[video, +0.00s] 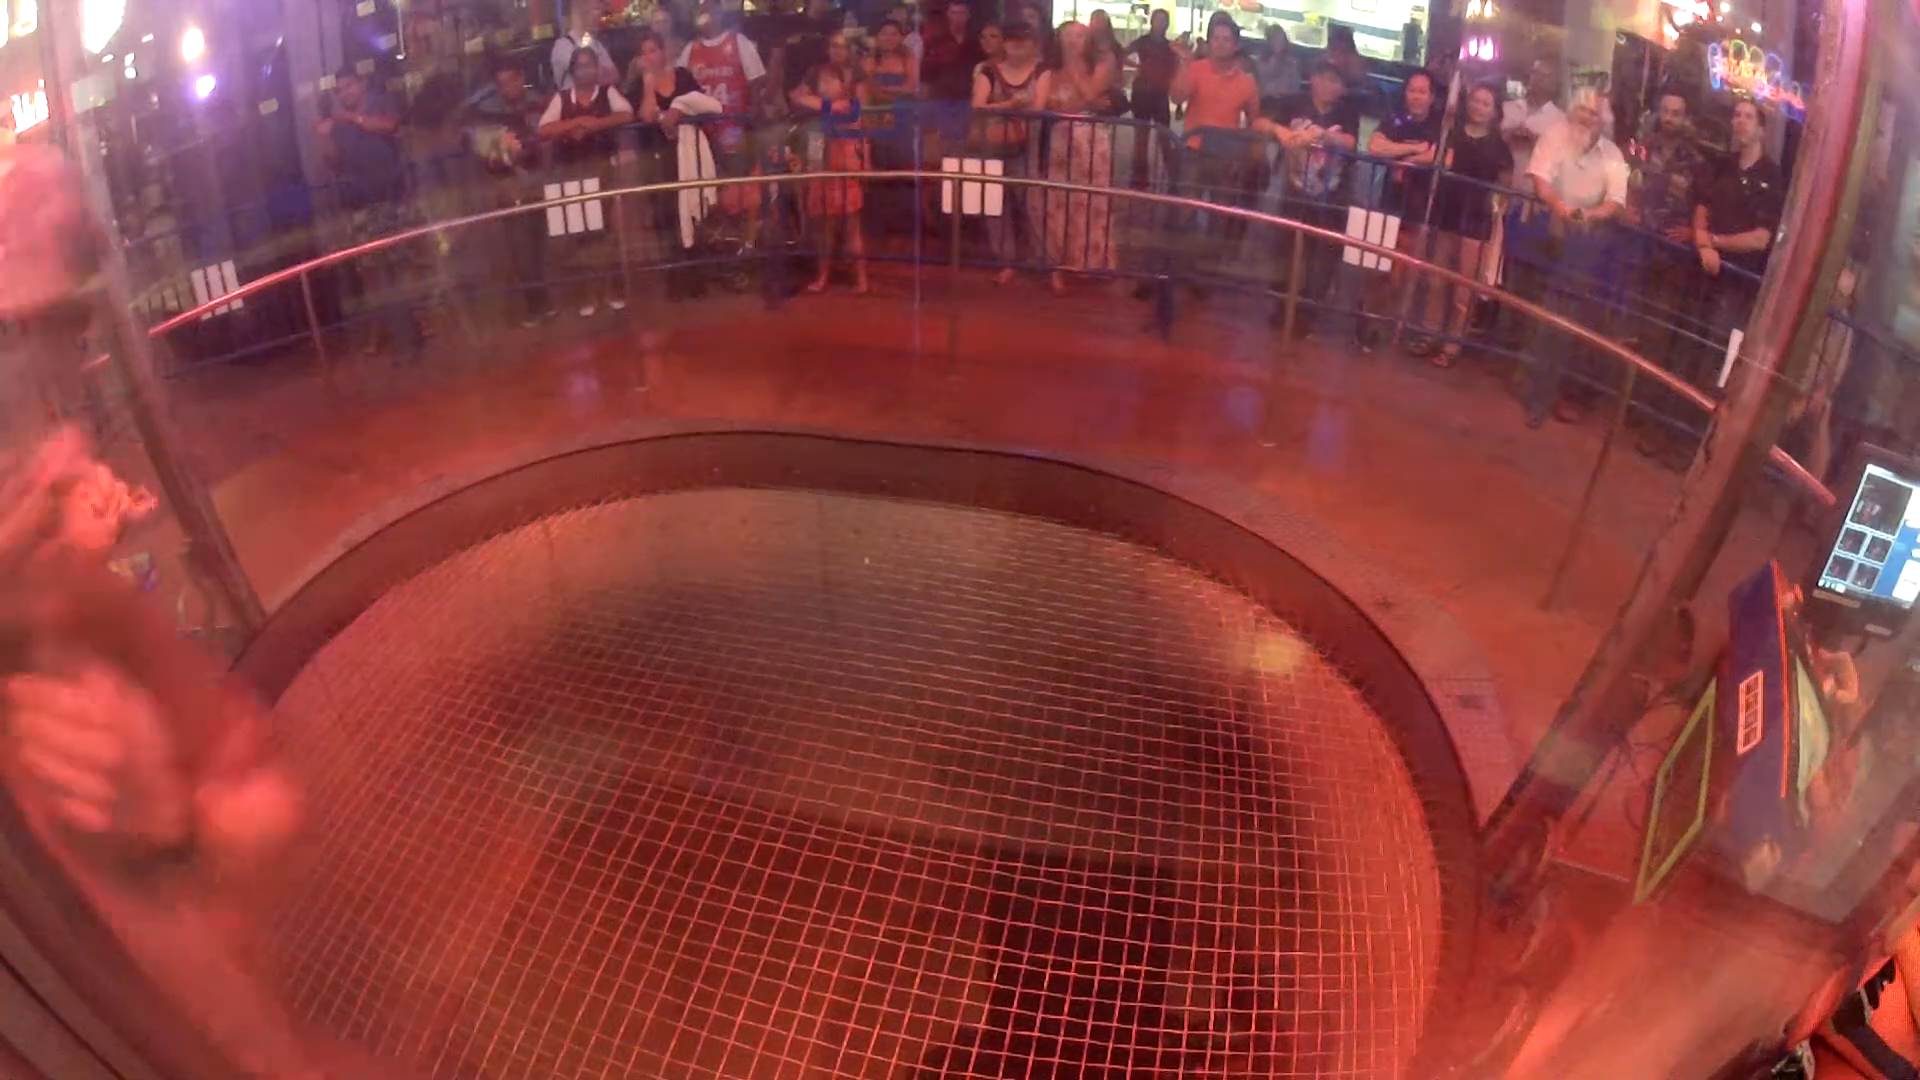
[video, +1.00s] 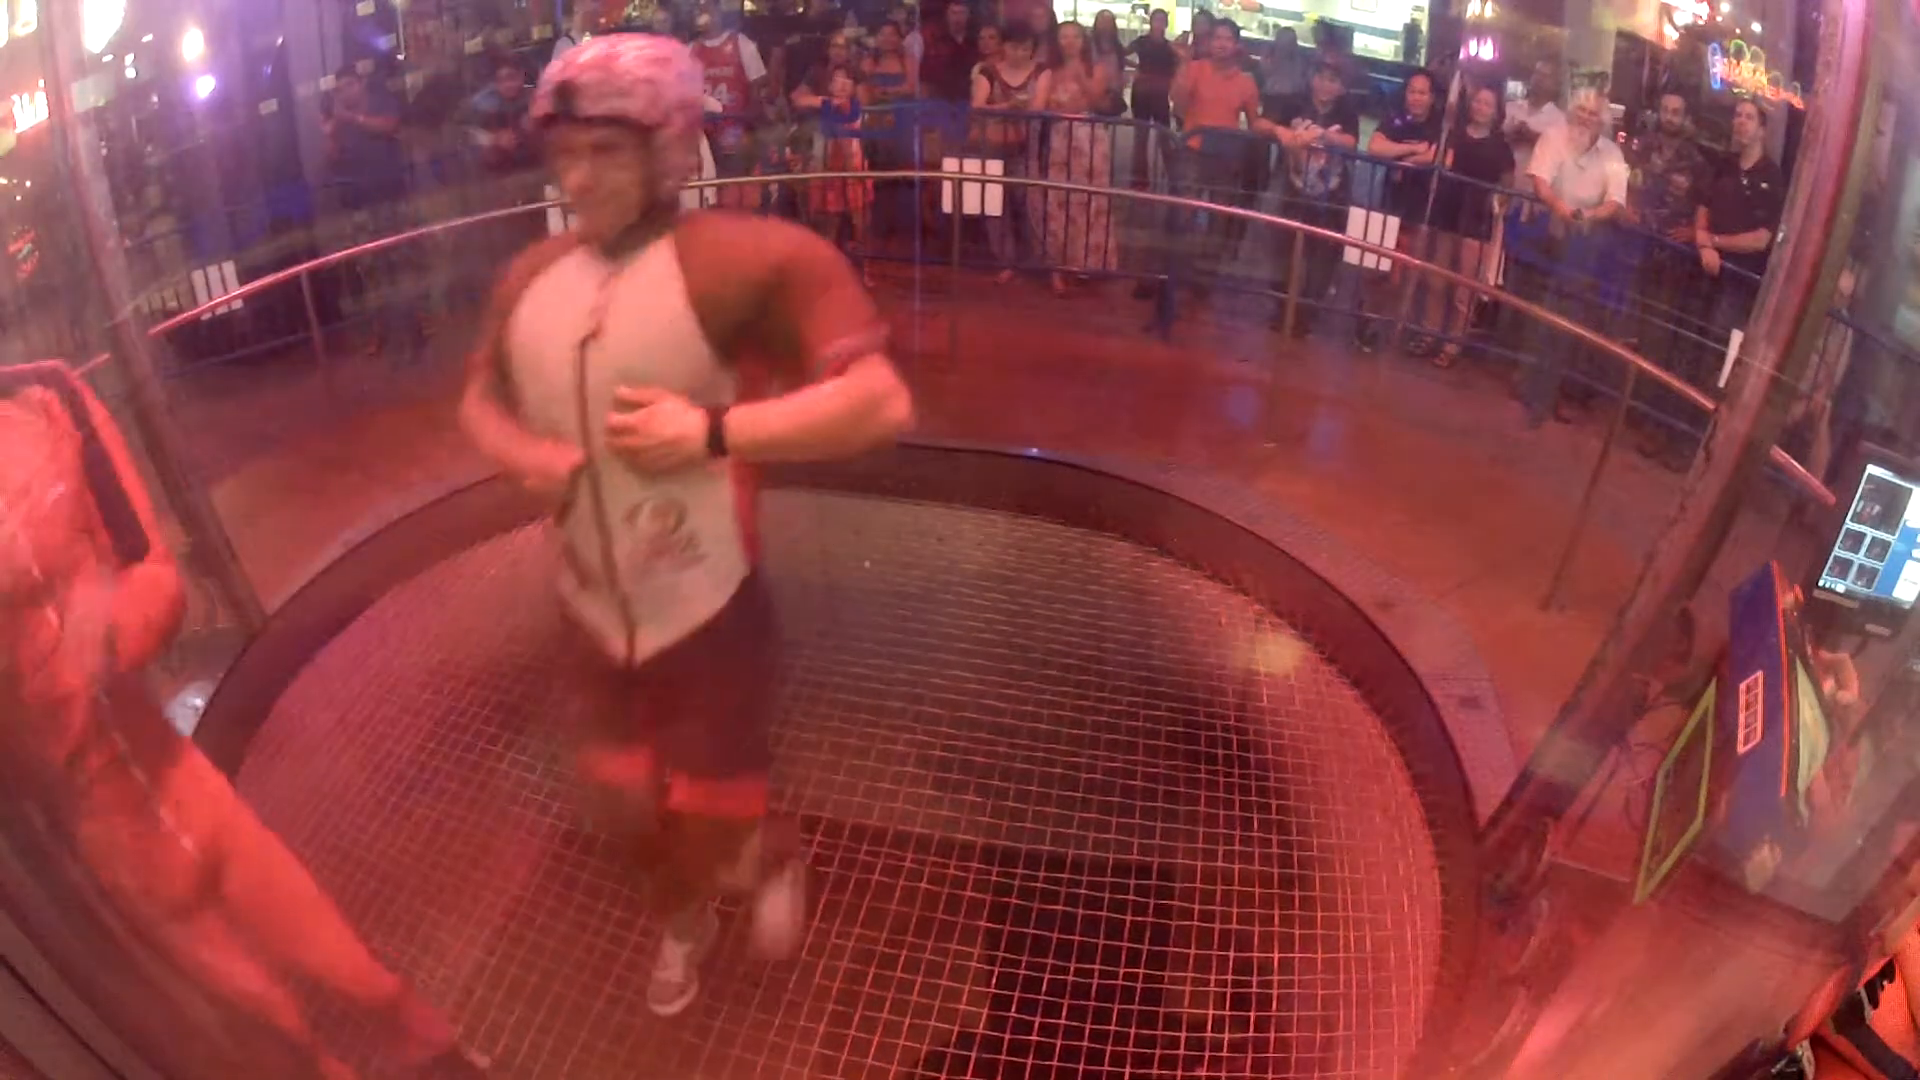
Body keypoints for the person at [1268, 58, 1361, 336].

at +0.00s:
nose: (1333, 89)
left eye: (1337, 84)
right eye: (1328, 81)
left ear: (1343, 88)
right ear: (1313, 81)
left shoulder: (1347, 112)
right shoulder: (1293, 105)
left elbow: (1351, 144)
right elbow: (1258, 123)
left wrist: (1326, 136)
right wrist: (1283, 134)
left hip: (1331, 199)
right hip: (1295, 193)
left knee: (1322, 258)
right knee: (1287, 250)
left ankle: (1307, 313)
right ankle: (1280, 307)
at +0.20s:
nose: (1329, 90)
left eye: (1336, 86)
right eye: (1326, 81)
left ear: (1342, 92)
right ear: (1314, 80)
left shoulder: (1347, 115)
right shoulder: (1293, 106)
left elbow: (1351, 144)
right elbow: (1260, 123)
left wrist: (1324, 135)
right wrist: (1286, 135)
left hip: (1330, 198)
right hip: (1295, 192)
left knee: (1322, 257)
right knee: (1288, 250)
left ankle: (1306, 313)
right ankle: (1281, 306)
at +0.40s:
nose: (1328, 88)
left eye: (1334, 84)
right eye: (1325, 80)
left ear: (1342, 92)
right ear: (1314, 80)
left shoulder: (1347, 115)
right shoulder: (1292, 106)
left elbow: (1351, 144)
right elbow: (1262, 125)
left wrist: (1324, 135)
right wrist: (1288, 136)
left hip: (1330, 198)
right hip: (1295, 192)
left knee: (1322, 256)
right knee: (1287, 249)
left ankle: (1307, 312)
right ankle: (1281, 305)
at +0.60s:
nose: (1327, 87)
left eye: (1334, 83)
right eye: (1324, 79)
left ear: (1343, 90)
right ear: (1313, 80)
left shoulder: (1346, 115)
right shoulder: (1294, 106)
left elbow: (1351, 144)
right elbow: (1264, 126)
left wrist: (1325, 135)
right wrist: (1290, 136)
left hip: (1330, 198)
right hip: (1295, 191)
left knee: (1321, 256)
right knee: (1287, 249)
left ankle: (1307, 313)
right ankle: (1281, 306)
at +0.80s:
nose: (1326, 87)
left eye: (1333, 82)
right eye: (1322, 79)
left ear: (1342, 88)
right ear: (1312, 80)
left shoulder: (1346, 111)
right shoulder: (1293, 104)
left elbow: (1352, 143)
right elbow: (1260, 125)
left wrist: (1327, 136)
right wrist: (1289, 136)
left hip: (1331, 195)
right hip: (1296, 189)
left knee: (1323, 255)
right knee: (1287, 248)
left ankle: (1307, 312)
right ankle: (1281, 307)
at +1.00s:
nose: (1325, 86)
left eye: (1333, 81)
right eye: (1322, 78)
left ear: (1343, 87)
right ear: (1311, 78)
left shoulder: (1346, 111)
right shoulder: (1293, 103)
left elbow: (1351, 143)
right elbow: (1259, 124)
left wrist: (1325, 136)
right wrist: (1283, 134)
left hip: (1332, 196)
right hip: (1296, 190)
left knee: (1324, 255)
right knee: (1286, 248)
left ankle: (1307, 312)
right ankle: (1281, 306)